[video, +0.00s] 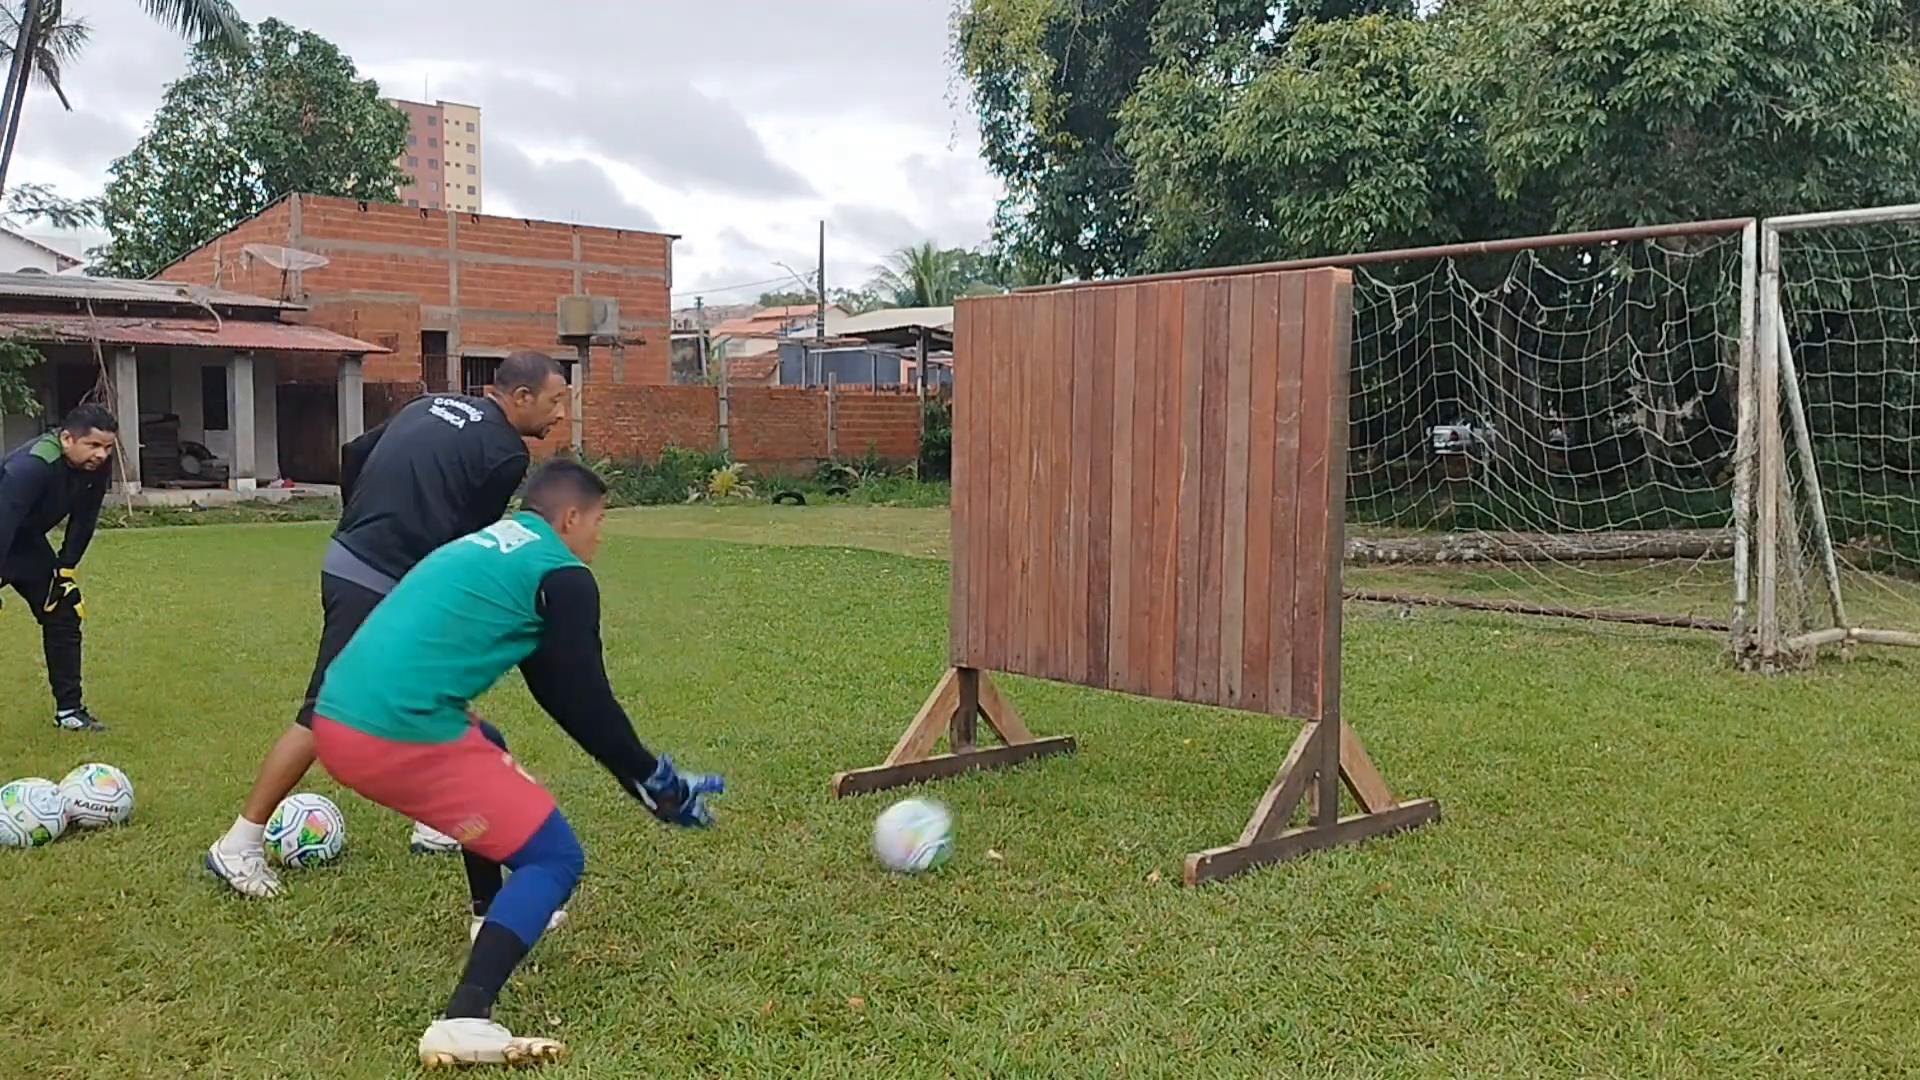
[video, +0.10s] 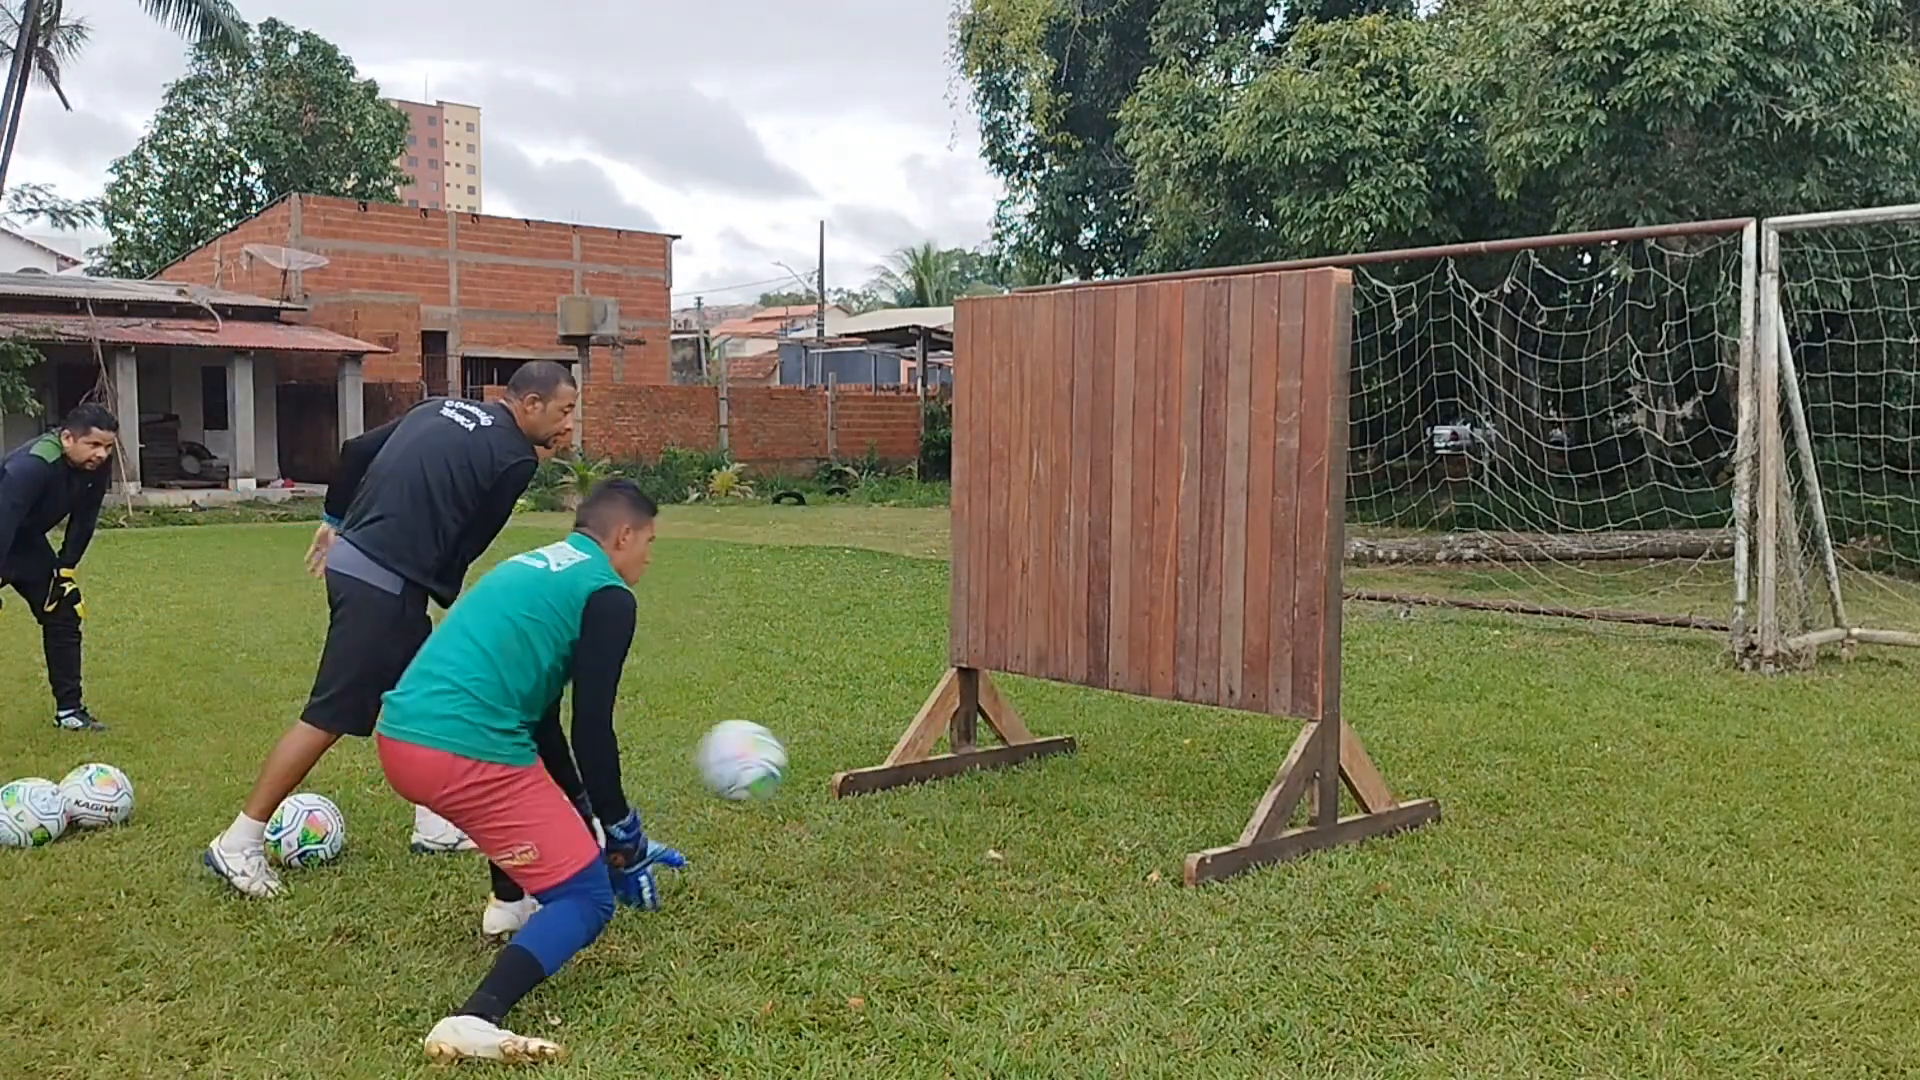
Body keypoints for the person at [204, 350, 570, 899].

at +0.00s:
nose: (558, 413)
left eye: (560, 402)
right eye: (554, 401)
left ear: (500, 389)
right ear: (520, 396)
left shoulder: (432, 405)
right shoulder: (508, 454)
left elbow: (355, 453)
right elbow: (474, 538)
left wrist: (362, 526)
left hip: (344, 567)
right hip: (385, 589)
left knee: (432, 701)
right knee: (318, 718)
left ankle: (433, 820)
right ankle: (238, 844)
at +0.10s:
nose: (568, 423)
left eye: (571, 411)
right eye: (564, 411)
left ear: (519, 401)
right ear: (529, 404)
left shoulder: (441, 408)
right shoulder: (517, 457)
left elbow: (357, 450)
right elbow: (472, 539)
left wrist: (334, 520)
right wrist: (443, 590)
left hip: (351, 562)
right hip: (383, 585)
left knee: (430, 697)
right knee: (329, 716)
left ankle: (436, 822)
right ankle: (238, 843)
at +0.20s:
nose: (574, 425)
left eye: (577, 413)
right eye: (569, 412)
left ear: (525, 403)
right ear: (532, 404)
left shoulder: (450, 411)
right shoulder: (519, 456)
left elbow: (363, 450)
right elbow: (475, 546)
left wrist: (330, 522)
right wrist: (444, 600)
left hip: (356, 561)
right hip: (384, 582)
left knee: (429, 689)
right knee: (332, 713)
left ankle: (436, 822)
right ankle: (239, 842)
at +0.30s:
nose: (574, 424)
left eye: (577, 412)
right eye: (569, 411)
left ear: (526, 401)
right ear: (532, 402)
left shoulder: (454, 411)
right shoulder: (516, 452)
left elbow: (369, 455)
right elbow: (482, 548)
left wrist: (345, 535)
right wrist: (483, 635)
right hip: (379, 582)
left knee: (432, 687)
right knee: (332, 712)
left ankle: (435, 825)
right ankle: (241, 842)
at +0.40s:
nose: (574, 420)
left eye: (577, 409)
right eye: (568, 407)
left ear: (523, 399)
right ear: (529, 398)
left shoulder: (459, 412)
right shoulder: (511, 448)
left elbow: (381, 468)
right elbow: (489, 542)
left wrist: (386, 545)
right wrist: (511, 634)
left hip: (394, 582)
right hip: (375, 580)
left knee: (435, 686)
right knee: (332, 711)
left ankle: (434, 826)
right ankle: (241, 842)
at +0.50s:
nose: (572, 414)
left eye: (575, 404)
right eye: (566, 402)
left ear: (521, 396)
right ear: (527, 395)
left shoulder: (464, 411)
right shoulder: (508, 442)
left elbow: (401, 476)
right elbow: (488, 536)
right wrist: (521, 627)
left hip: (400, 582)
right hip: (374, 578)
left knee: (437, 687)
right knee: (333, 709)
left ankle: (435, 827)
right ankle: (242, 841)